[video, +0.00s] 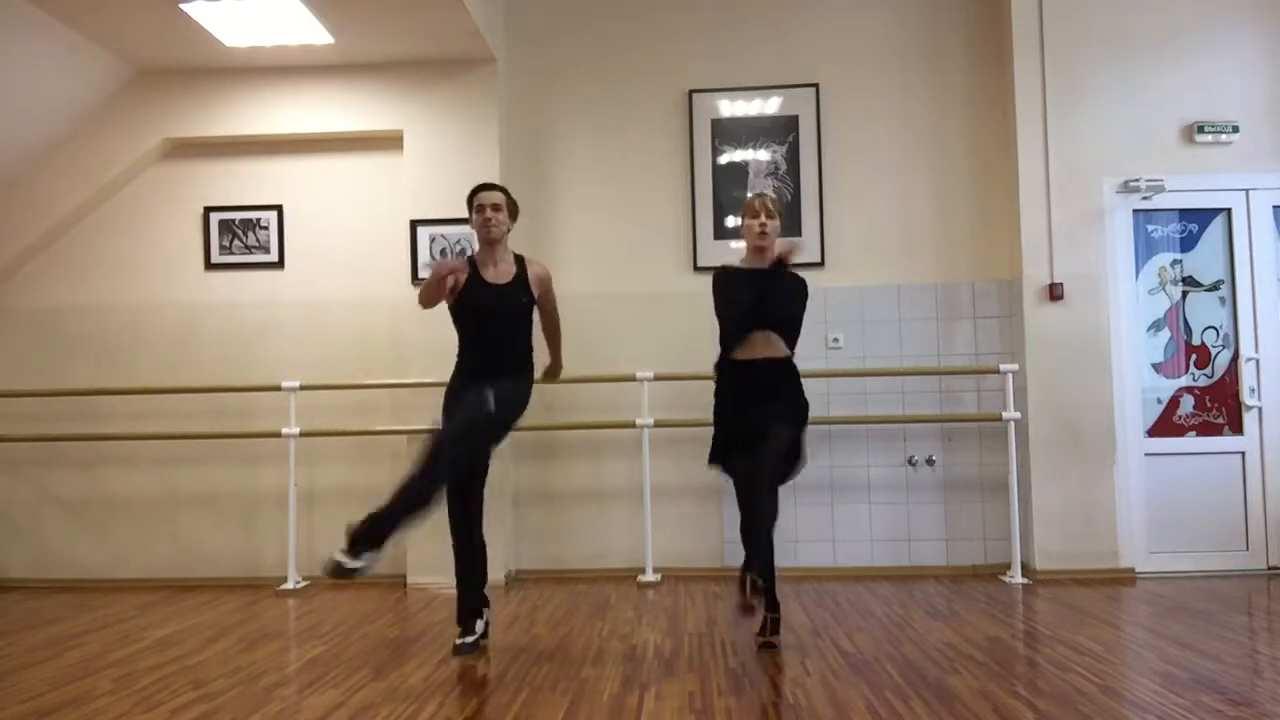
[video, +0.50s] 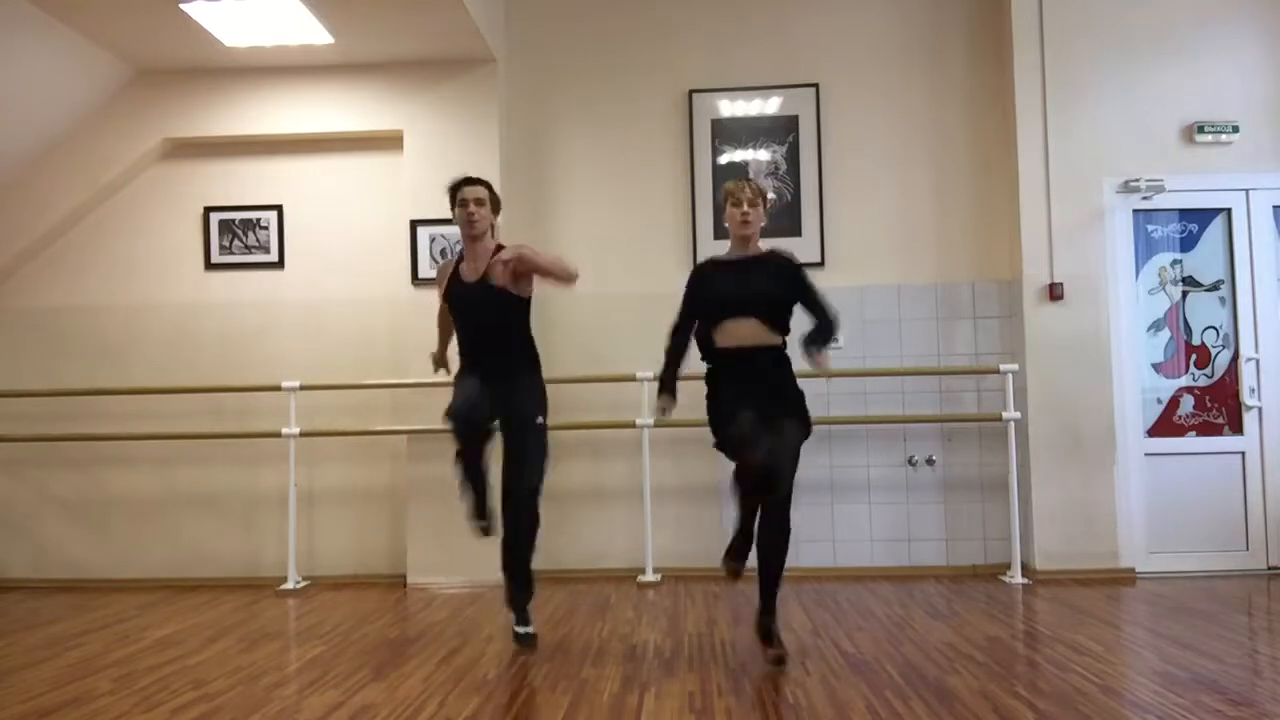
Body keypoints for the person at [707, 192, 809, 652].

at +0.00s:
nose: (761, 223)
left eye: (768, 216)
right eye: (753, 216)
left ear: (780, 226)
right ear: (742, 226)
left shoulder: (795, 282)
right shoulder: (726, 276)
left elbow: (789, 336)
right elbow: (730, 329)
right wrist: (763, 272)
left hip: (781, 386)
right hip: (736, 387)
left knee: (766, 482)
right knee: (750, 493)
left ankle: (751, 567)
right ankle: (770, 605)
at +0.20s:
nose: (752, 228)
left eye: (760, 221)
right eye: (745, 221)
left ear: (772, 230)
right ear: (734, 231)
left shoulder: (790, 288)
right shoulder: (719, 289)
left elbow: (780, 350)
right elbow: (711, 354)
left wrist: (714, 380)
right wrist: (760, 337)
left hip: (768, 398)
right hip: (723, 399)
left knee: (751, 446)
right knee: (727, 510)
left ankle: (767, 534)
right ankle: (739, 608)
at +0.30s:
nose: (748, 231)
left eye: (756, 223)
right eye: (740, 224)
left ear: (768, 233)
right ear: (730, 234)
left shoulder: (788, 292)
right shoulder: (715, 294)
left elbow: (788, 365)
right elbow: (698, 361)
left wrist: (726, 352)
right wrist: (759, 348)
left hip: (766, 419)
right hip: (716, 420)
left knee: (766, 510)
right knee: (725, 516)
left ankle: (763, 600)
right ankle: (738, 608)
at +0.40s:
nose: (745, 214)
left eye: (752, 206)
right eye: (736, 206)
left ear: (765, 214)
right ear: (725, 217)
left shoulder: (789, 272)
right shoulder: (709, 275)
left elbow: (835, 317)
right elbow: (672, 331)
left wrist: (820, 364)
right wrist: (673, 353)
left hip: (774, 397)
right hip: (723, 397)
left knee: (771, 502)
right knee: (732, 501)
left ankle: (759, 611)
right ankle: (735, 599)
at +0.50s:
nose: (745, 211)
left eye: (752, 204)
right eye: (736, 204)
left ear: (765, 213)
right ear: (723, 214)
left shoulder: (783, 266)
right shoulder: (706, 272)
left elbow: (825, 320)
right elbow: (681, 331)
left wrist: (813, 339)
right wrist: (667, 380)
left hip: (777, 383)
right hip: (728, 384)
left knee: (779, 497)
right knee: (754, 457)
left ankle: (768, 615)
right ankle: (743, 535)